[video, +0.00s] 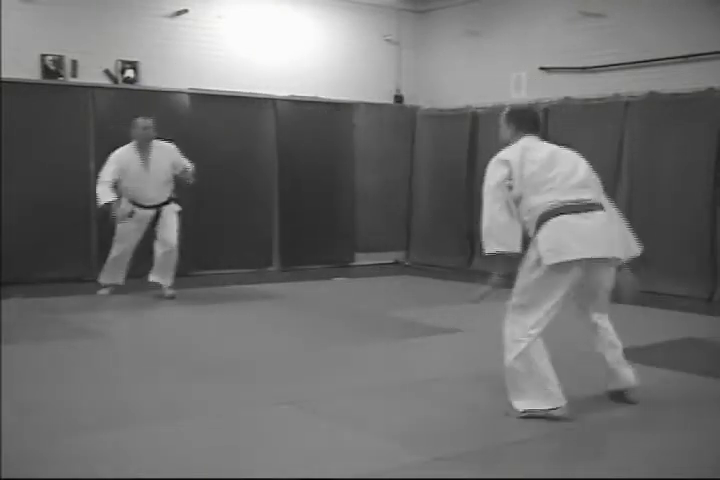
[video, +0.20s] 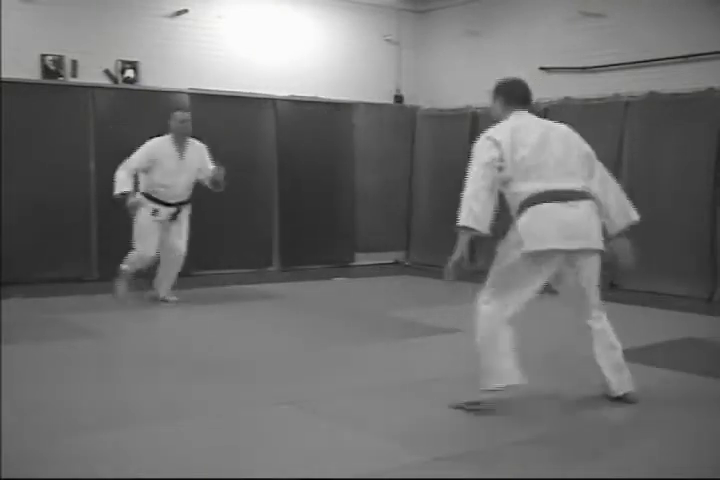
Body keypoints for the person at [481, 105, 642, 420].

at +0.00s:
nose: (501, 133)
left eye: (502, 127)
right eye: (501, 127)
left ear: (511, 129)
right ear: (537, 128)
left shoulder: (505, 160)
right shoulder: (569, 155)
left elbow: (497, 215)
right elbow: (603, 204)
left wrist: (500, 269)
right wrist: (624, 255)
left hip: (558, 241)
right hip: (603, 236)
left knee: (522, 322)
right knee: (596, 313)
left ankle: (545, 401)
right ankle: (623, 378)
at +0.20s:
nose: (491, 110)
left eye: (493, 105)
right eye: (491, 105)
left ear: (500, 104)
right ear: (528, 103)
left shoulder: (494, 137)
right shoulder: (565, 133)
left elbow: (479, 186)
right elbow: (600, 180)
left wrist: (463, 241)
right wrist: (619, 231)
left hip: (537, 224)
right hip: (584, 220)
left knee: (494, 304)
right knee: (593, 310)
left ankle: (498, 384)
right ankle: (621, 385)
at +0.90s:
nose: (462, 121)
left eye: (463, 116)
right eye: (463, 116)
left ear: (469, 117)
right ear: (499, 119)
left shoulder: (454, 149)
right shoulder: (529, 150)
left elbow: (421, 198)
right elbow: (546, 204)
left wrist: (417, 237)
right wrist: (551, 249)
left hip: (490, 236)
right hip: (540, 234)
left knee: (440, 308)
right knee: (546, 302)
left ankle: (433, 389)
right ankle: (568, 374)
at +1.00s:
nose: (461, 127)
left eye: (463, 122)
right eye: (463, 122)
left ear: (469, 125)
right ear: (499, 127)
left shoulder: (450, 155)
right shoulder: (529, 160)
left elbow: (414, 206)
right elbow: (550, 215)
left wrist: (440, 202)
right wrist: (563, 260)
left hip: (491, 248)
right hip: (539, 247)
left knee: (434, 312)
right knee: (537, 298)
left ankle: (433, 390)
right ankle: (570, 368)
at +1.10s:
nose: (470, 127)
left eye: (472, 122)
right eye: (472, 122)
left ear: (477, 125)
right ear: (506, 129)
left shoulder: (460, 152)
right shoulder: (530, 162)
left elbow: (425, 176)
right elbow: (557, 214)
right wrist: (559, 252)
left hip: (500, 248)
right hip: (545, 244)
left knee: (436, 314)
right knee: (529, 293)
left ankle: (433, 391)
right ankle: (569, 355)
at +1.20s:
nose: (499, 117)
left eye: (502, 113)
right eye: (502, 113)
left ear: (510, 117)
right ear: (533, 121)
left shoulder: (498, 137)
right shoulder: (548, 150)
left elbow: (458, 123)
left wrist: (485, 116)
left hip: (522, 241)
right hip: (563, 240)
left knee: (470, 307)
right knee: (543, 298)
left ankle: (437, 388)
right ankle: (566, 359)